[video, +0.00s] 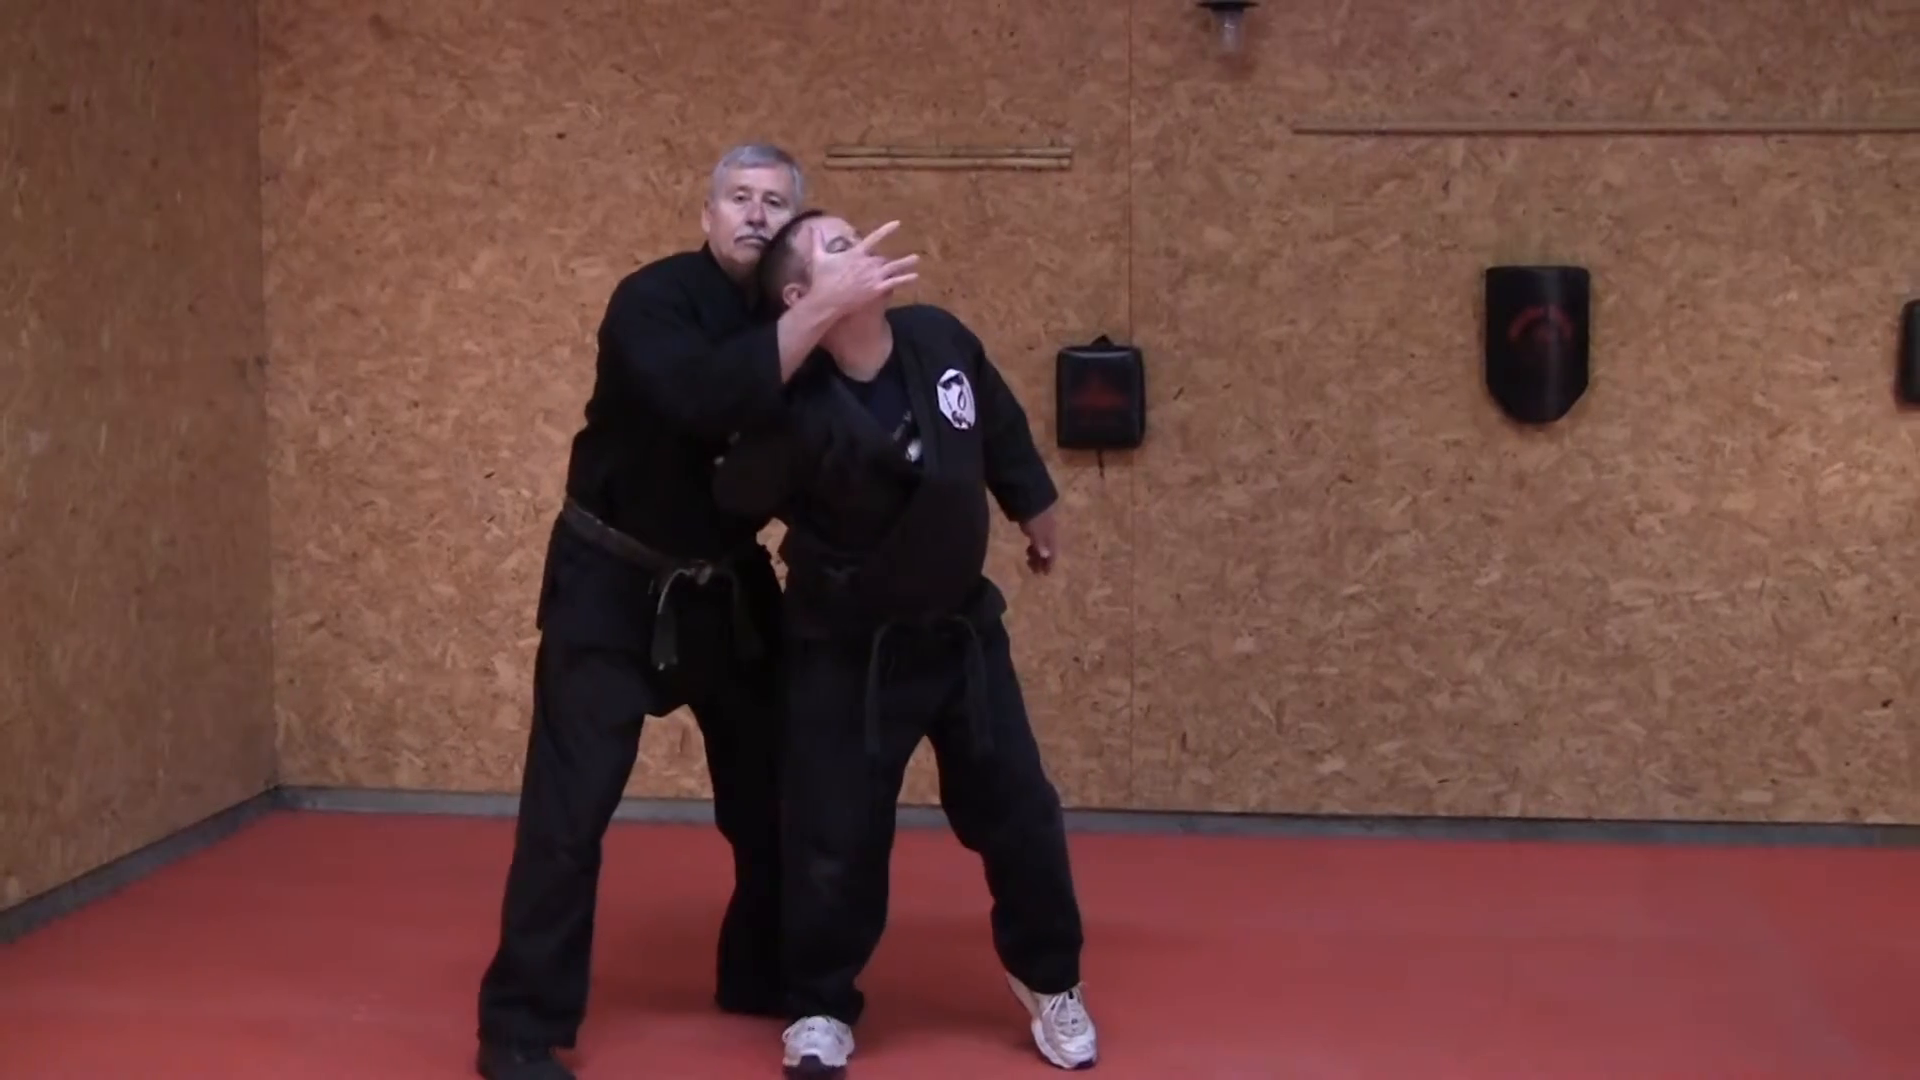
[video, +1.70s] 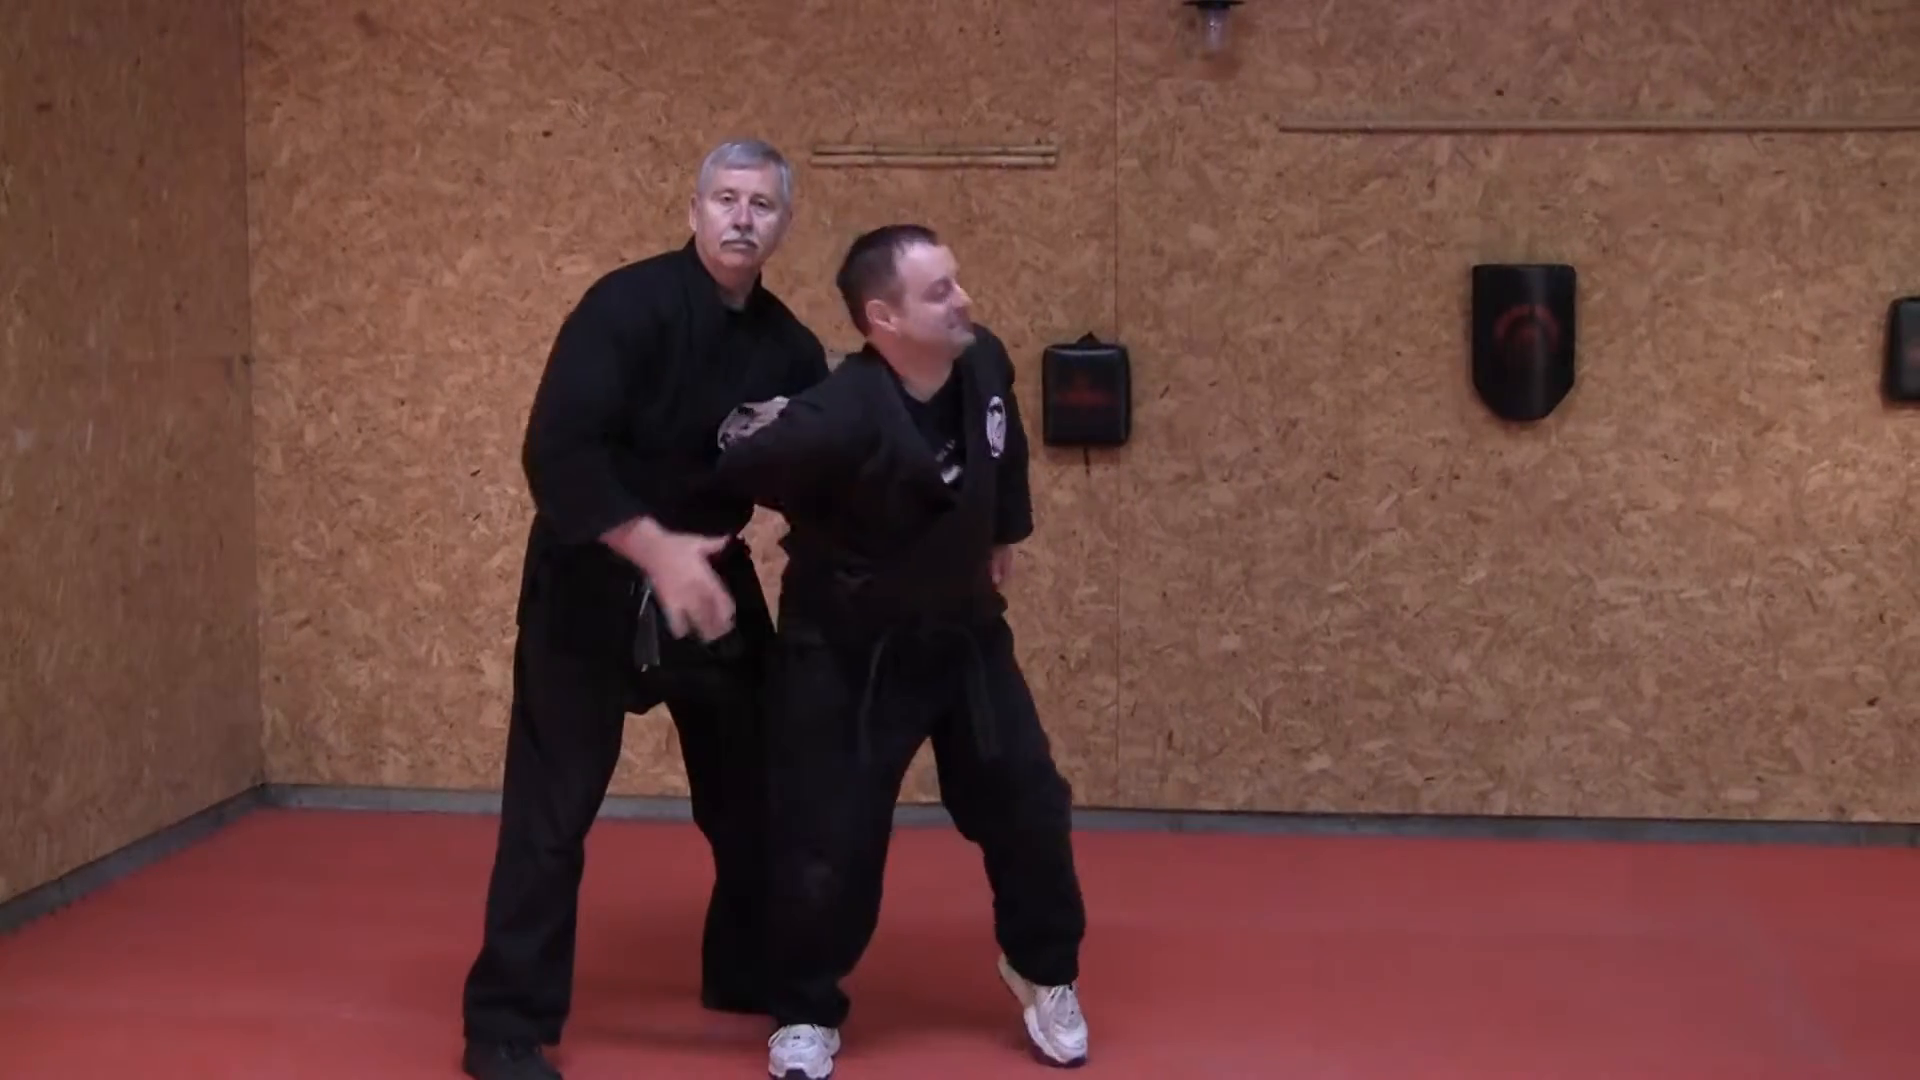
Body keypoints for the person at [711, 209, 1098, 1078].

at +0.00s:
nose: (862, 245)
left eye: (854, 235)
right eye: (833, 245)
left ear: (873, 268)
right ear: (805, 301)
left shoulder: (938, 339)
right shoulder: (799, 410)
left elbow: (999, 423)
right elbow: (735, 505)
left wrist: (1034, 505)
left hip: (959, 626)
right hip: (843, 639)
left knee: (1018, 807)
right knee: (832, 826)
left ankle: (1050, 981)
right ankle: (820, 1007)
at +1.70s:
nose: (964, 302)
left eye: (959, 285)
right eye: (940, 295)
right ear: (882, 322)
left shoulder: (980, 361)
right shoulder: (838, 416)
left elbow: (1005, 452)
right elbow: (733, 474)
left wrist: (1005, 536)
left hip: (962, 629)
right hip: (846, 645)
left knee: (1030, 803)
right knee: (828, 833)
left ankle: (1042, 968)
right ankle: (807, 1015)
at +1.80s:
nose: (1002, 319)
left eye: (999, 302)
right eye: (981, 310)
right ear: (919, 330)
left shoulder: (1013, 375)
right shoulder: (863, 419)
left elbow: (1025, 460)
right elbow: (759, 454)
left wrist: (1021, 541)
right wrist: (772, 434)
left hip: (973, 634)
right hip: (861, 645)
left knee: (1037, 812)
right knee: (835, 829)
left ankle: (1074, 989)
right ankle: (807, 1015)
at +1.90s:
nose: (1053, 344)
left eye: (1052, 327)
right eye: (1031, 332)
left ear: (1055, 325)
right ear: (970, 340)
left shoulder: (1063, 408)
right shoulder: (903, 417)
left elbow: (1056, 537)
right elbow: (793, 445)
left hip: (997, 651)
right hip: (882, 655)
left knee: (1046, 830)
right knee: (839, 833)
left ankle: (1092, 1011)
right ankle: (807, 1015)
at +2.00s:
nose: (1104, 372)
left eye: (1113, 352)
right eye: (1082, 354)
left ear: (1121, 347)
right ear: (1025, 349)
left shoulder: (1119, 426)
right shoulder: (952, 413)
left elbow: (1119, 518)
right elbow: (827, 437)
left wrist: (1102, 590)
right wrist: (878, 489)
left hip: (1040, 652)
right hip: (918, 652)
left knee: (1077, 838)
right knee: (854, 828)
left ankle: (1101, 1018)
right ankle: (807, 1013)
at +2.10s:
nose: (1130, 380)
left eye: (1148, 361)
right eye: (1113, 357)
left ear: (1164, 358)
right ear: (1073, 341)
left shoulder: (1169, 435)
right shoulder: (989, 400)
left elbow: (1182, 540)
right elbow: (871, 442)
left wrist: (1164, 634)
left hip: (1083, 653)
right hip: (958, 644)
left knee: (1105, 840)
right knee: (880, 819)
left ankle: (1105, 1023)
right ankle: (819, 1000)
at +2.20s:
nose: (1134, 363)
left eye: (1158, 348)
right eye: (1122, 340)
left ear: (1185, 348)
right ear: (1099, 324)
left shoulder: (1206, 435)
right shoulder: (1019, 386)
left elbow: (1239, 542)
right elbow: (924, 437)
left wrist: (1243, 651)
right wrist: (908, 505)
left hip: (1120, 650)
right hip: (992, 634)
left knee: (1125, 831)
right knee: (924, 806)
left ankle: (1104, 1023)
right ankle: (898, 981)